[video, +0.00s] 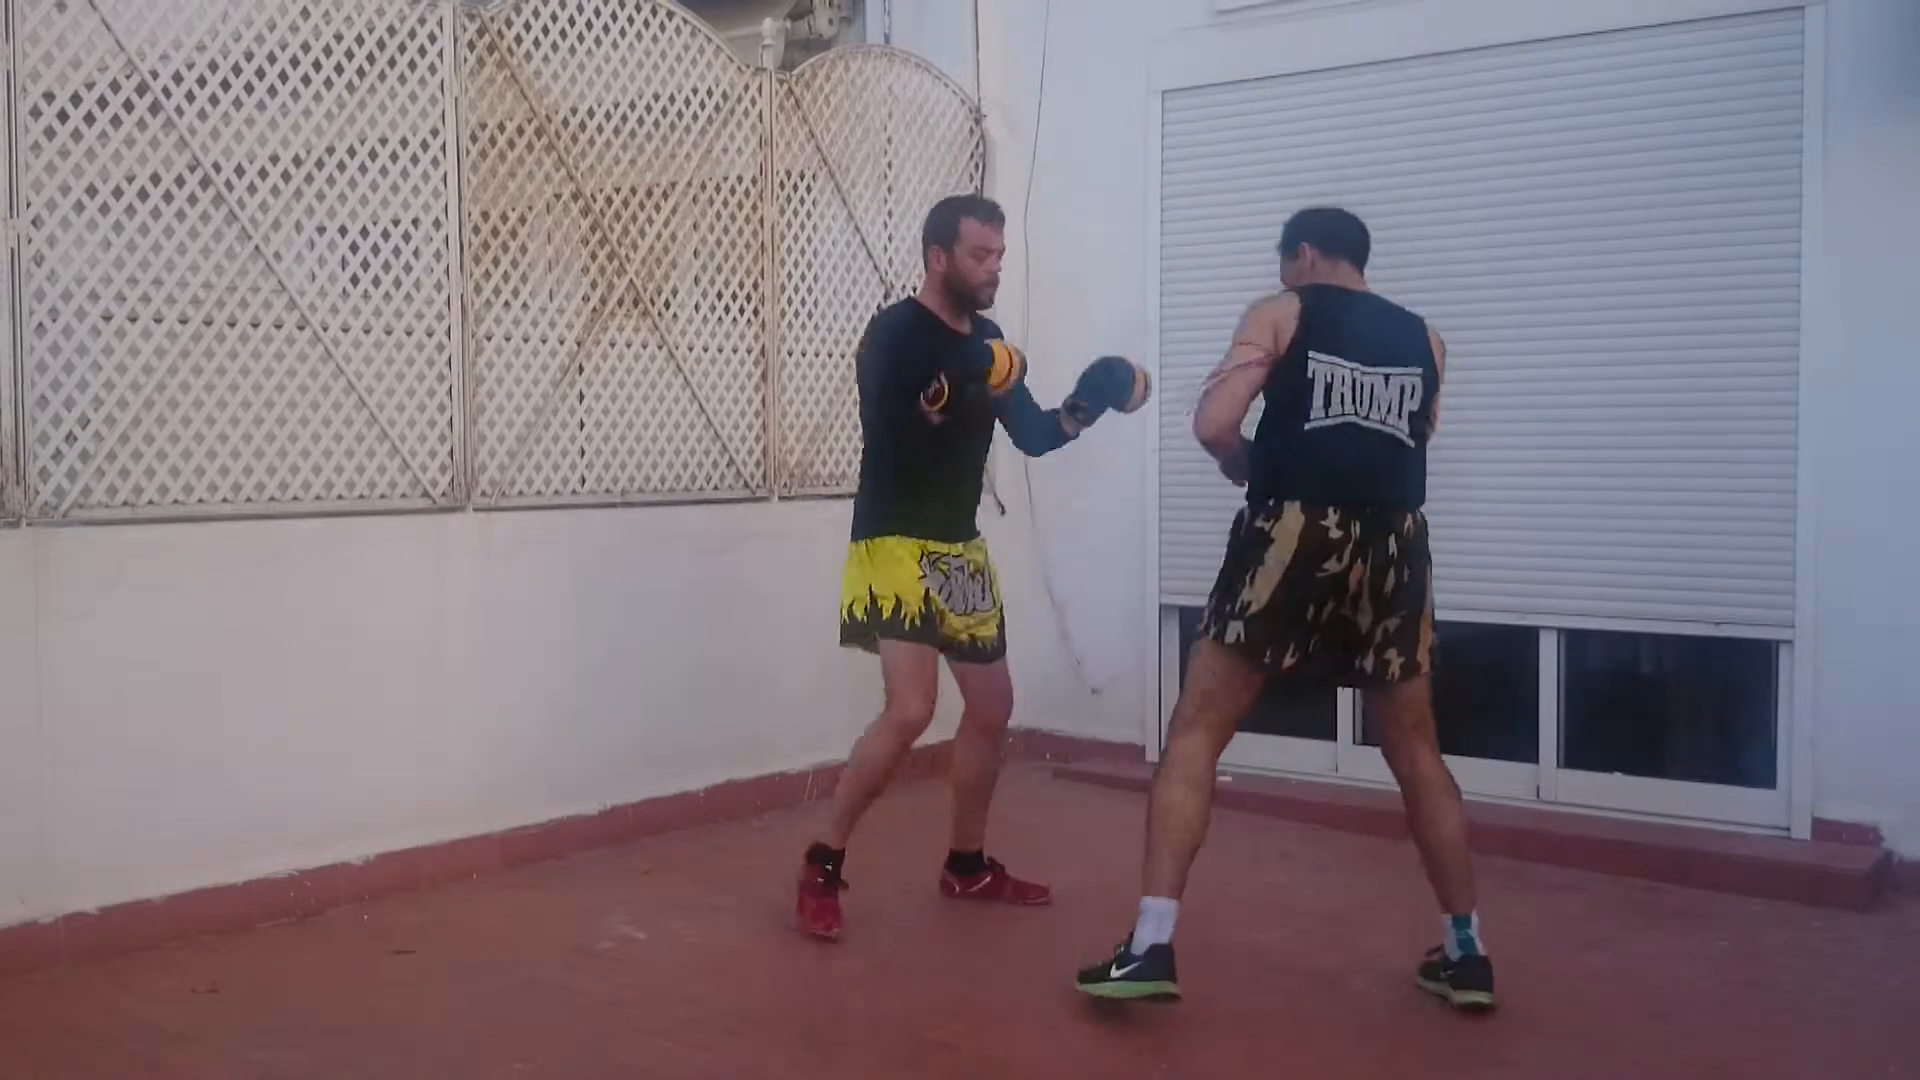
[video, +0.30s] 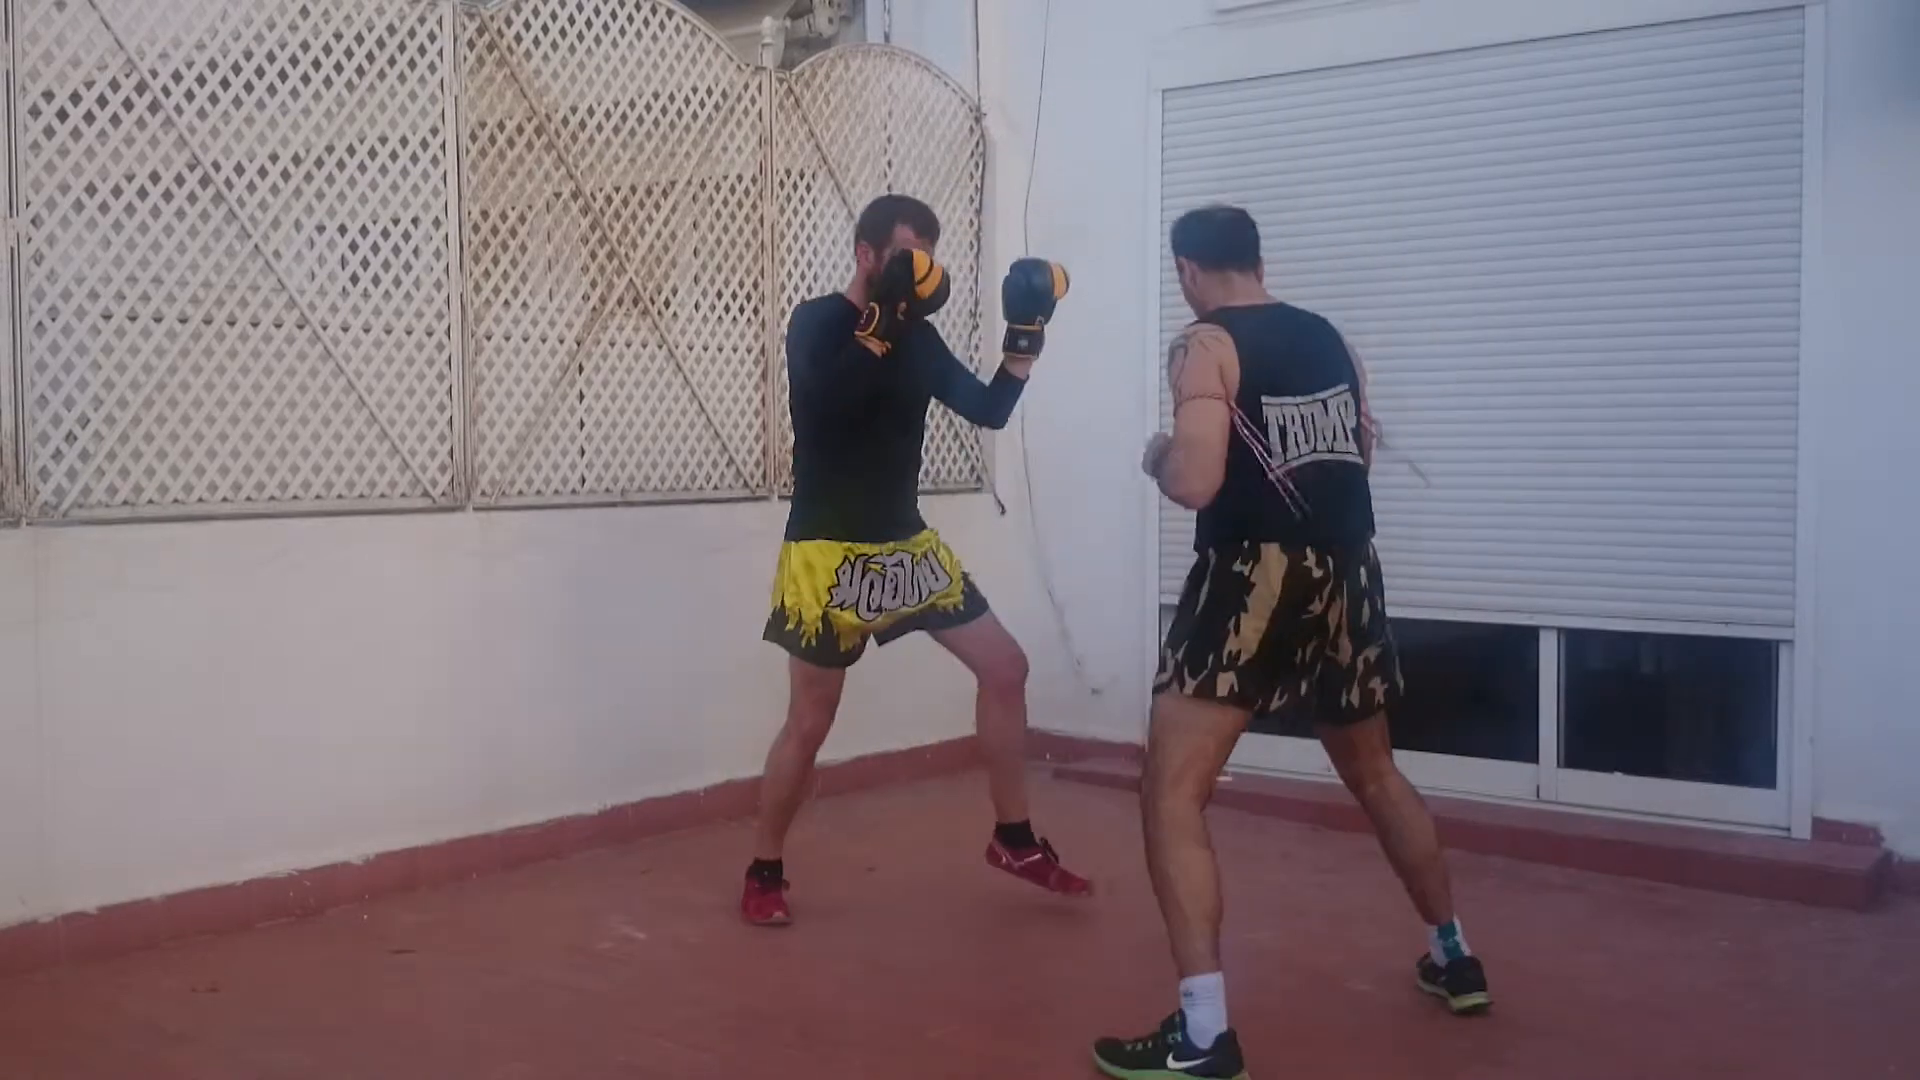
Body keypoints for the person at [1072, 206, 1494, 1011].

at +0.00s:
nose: (1282, 280)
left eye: (1283, 267)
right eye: (1283, 270)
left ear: (1307, 255)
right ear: (1362, 260)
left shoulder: (1283, 310)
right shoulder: (1428, 341)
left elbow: (1212, 423)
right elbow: (1415, 441)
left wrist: (1248, 468)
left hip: (1291, 536)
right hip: (1396, 546)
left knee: (1198, 732)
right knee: (1415, 747)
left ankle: (1149, 948)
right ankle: (1467, 951)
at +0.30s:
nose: (1181, 289)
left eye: (1179, 276)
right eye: (1184, 276)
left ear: (1190, 272)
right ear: (1259, 265)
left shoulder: (1207, 345)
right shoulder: (1326, 336)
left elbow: (1194, 483)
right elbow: (1361, 453)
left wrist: (1161, 450)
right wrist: (1259, 426)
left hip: (1249, 580)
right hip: (1347, 580)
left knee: (1172, 792)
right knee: (1377, 775)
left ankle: (1203, 1031)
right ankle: (1454, 954)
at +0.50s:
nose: (1113, 253)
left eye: (1110, 240)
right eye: (1121, 240)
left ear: (1121, 239)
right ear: (1192, 230)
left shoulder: (1129, 316)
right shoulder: (1254, 303)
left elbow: (1087, 458)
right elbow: (1254, 410)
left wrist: (1095, 374)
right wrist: (1147, 350)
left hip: (1196, 549)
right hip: (1287, 539)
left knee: (1176, 781)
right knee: (1280, 751)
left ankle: (1206, 1031)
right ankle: (1332, 951)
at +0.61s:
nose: (1091, 249)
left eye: (1088, 236)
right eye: (1105, 233)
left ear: (1092, 235)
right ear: (1169, 227)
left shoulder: (1093, 315)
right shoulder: (1222, 301)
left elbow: (1041, 457)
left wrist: (1041, 367)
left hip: (1164, 548)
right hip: (1257, 539)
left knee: (1172, 785)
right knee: (1222, 765)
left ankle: (1205, 1032)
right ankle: (1216, 967)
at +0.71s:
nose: (1075, 251)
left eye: (1073, 238)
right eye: (1090, 238)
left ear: (1075, 239)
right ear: (1154, 240)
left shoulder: (1061, 318)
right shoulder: (1206, 315)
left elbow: (1011, 457)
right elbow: (1257, 447)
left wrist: (1032, 409)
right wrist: (1183, 414)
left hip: (1122, 548)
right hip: (1212, 547)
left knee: (1145, 789)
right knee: (1152, 780)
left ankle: (1203, 1028)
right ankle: (1124, 978)